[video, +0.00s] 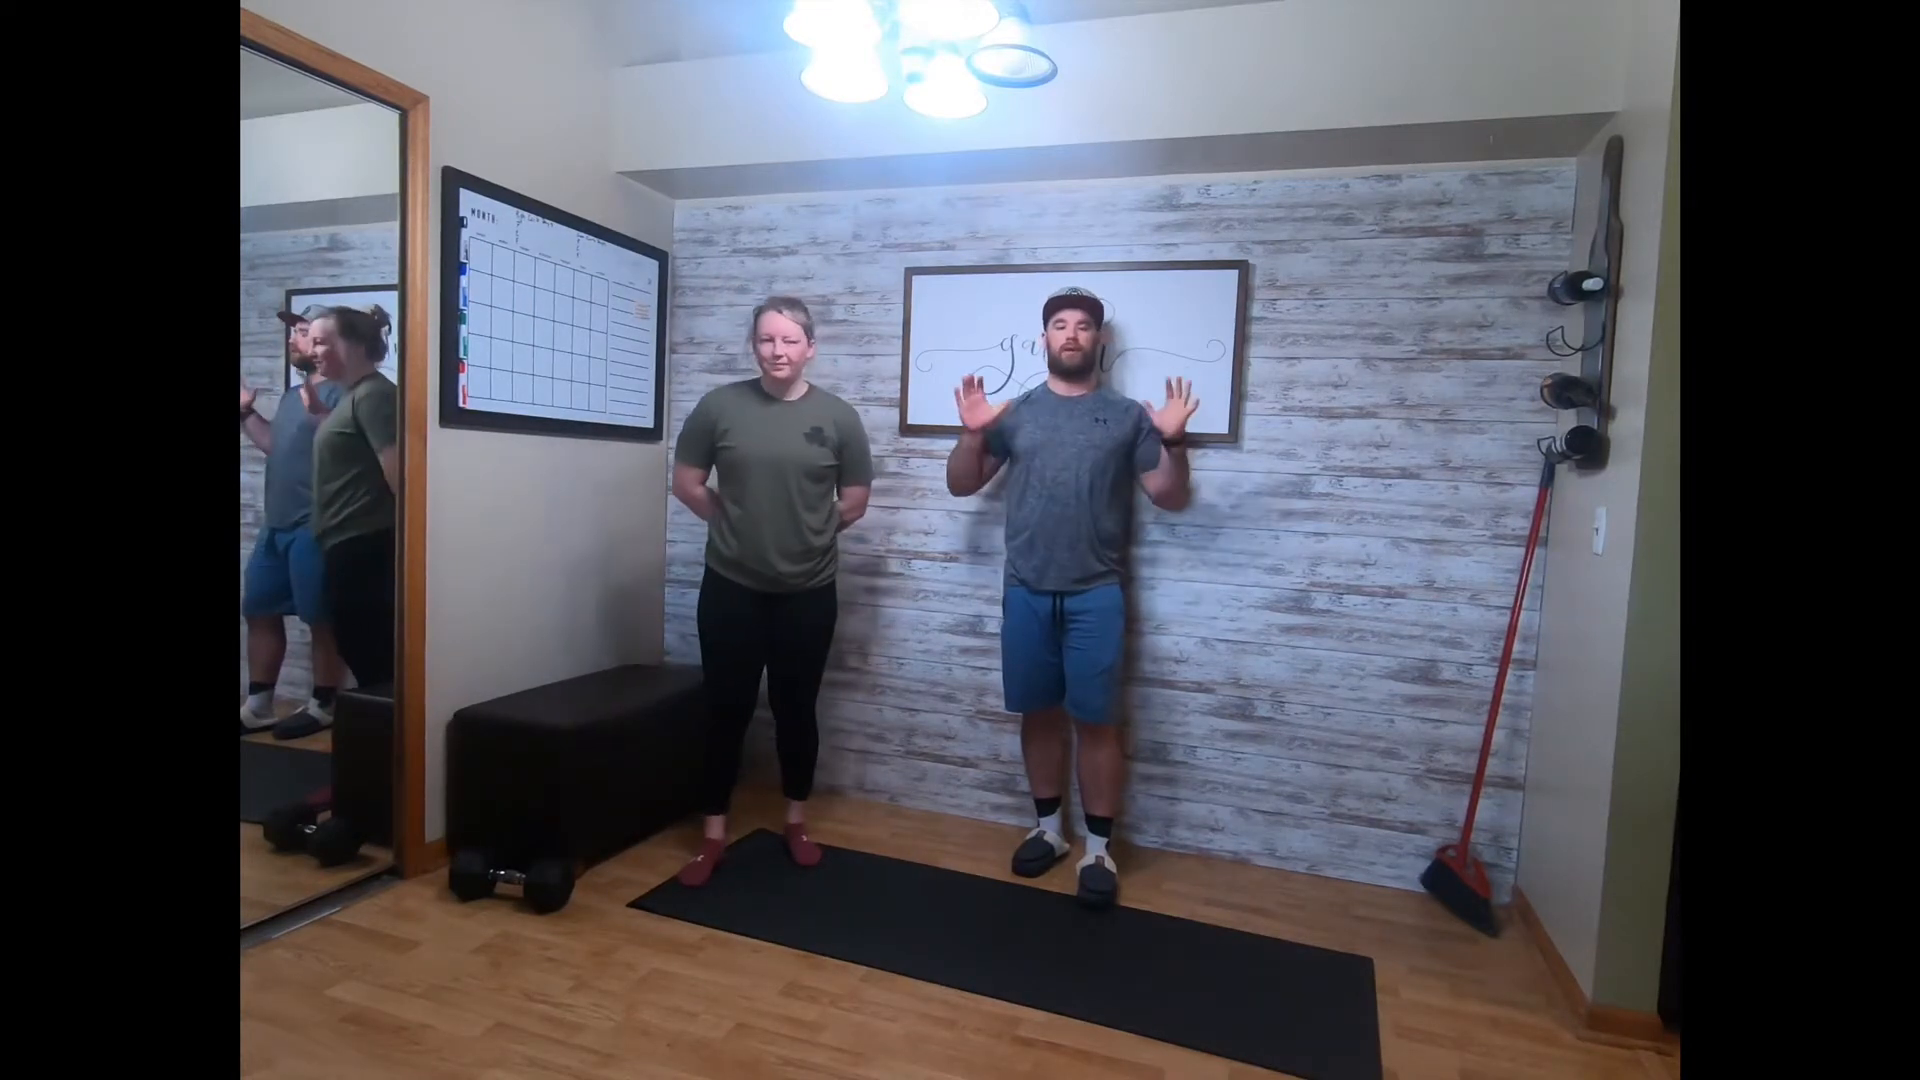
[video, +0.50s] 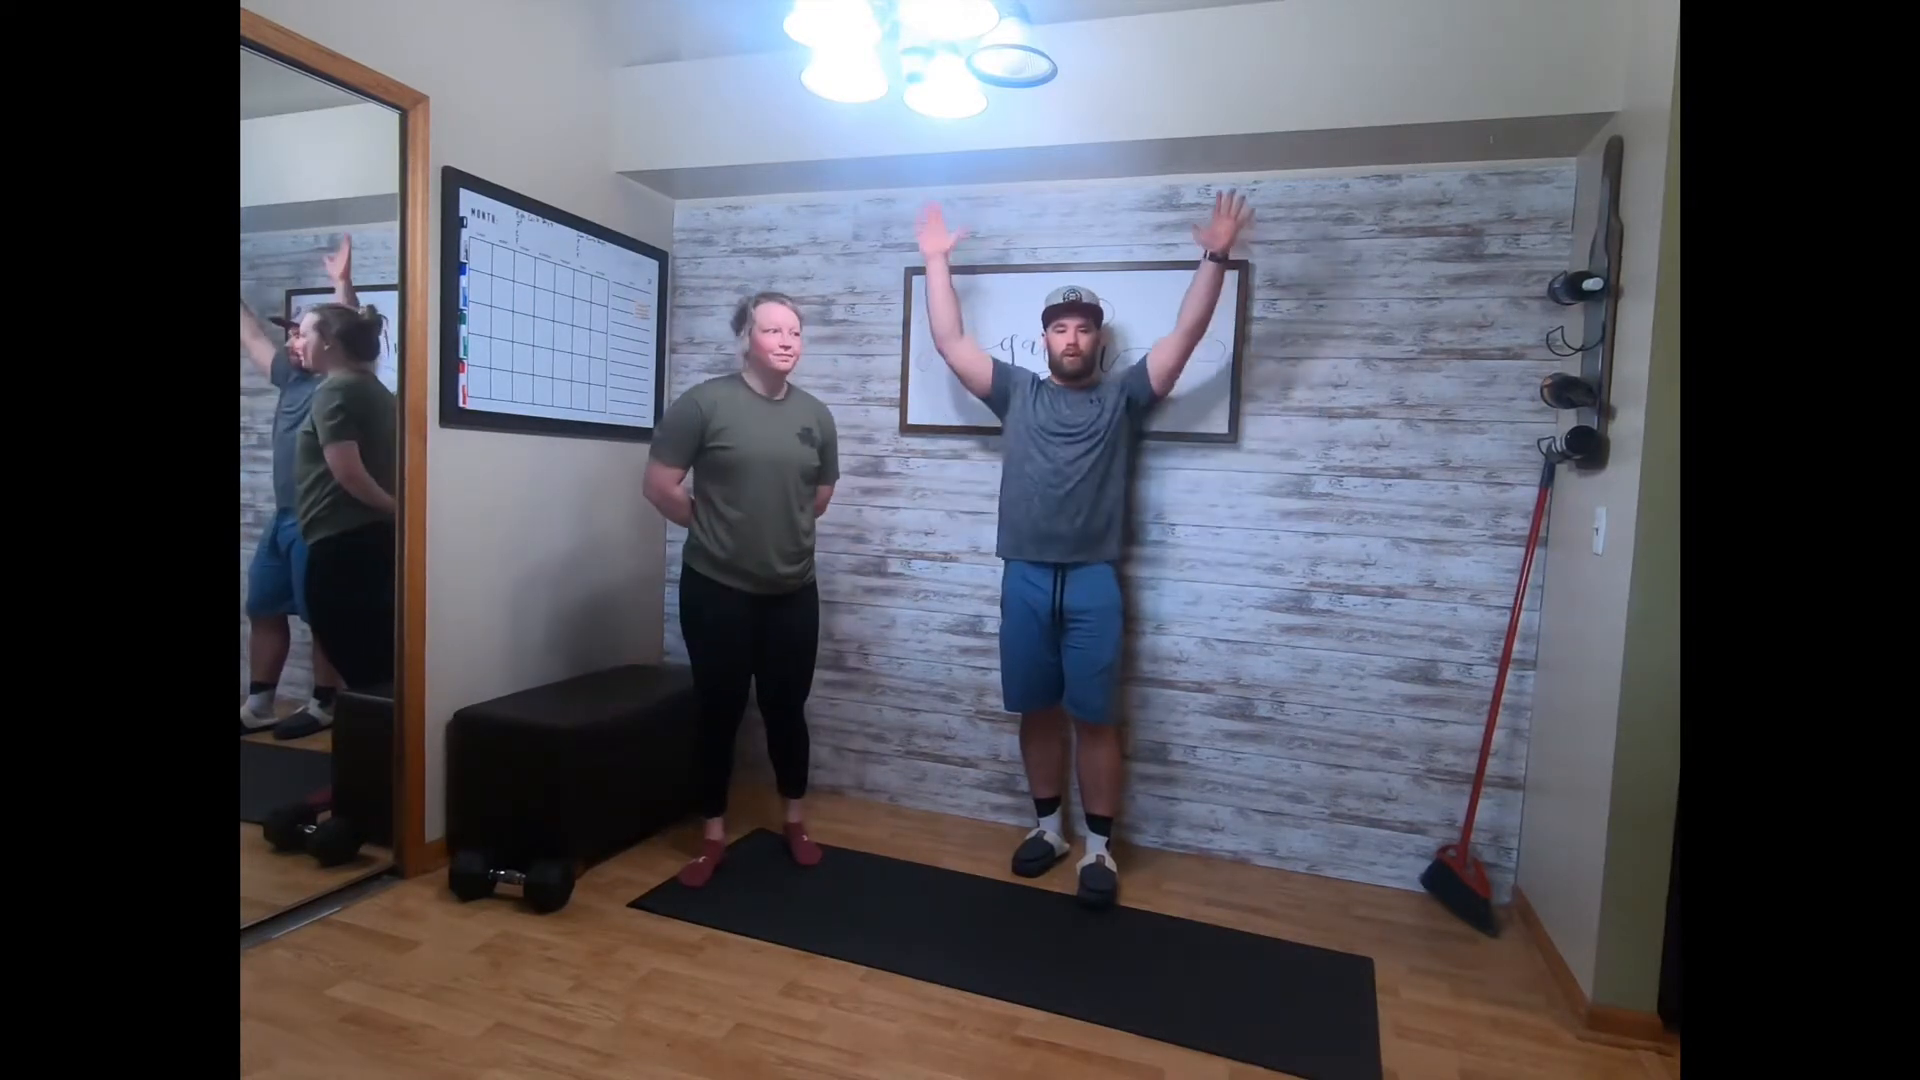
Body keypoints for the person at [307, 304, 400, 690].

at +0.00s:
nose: (317, 351)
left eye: (326, 341)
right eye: (315, 343)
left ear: (357, 344)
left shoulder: (374, 395)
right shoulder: (354, 396)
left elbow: (402, 480)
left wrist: (420, 539)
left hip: (366, 543)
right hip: (347, 543)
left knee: (369, 656)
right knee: (364, 655)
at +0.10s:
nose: (312, 349)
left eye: (321, 339)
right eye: (310, 340)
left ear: (352, 343)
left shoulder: (368, 393)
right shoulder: (353, 394)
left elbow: (395, 478)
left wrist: (429, 524)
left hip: (363, 544)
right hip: (347, 543)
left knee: (369, 658)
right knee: (366, 656)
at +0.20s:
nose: (307, 346)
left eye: (315, 337)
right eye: (307, 337)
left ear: (344, 342)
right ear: (348, 345)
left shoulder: (359, 393)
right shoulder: (357, 391)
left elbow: (381, 471)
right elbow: (383, 470)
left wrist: (422, 514)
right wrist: (424, 513)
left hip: (356, 544)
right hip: (355, 541)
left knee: (365, 660)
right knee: (368, 658)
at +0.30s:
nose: (305, 346)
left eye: (312, 337)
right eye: (305, 337)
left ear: (338, 344)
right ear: (345, 345)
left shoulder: (349, 392)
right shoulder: (366, 389)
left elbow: (369, 474)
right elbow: (378, 471)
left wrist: (414, 511)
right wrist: (415, 511)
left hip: (349, 544)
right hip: (362, 539)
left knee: (361, 658)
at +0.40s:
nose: (301, 344)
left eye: (308, 335)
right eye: (302, 335)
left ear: (332, 342)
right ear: (348, 342)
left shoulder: (339, 393)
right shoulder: (376, 391)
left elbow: (357, 472)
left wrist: (401, 507)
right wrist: (404, 507)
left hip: (342, 542)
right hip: (374, 537)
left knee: (353, 653)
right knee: (374, 649)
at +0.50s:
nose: (297, 343)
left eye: (305, 334)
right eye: (299, 334)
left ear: (328, 340)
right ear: (350, 342)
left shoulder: (333, 391)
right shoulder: (381, 393)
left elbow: (349, 473)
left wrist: (400, 508)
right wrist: (405, 508)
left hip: (340, 543)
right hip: (378, 539)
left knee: (352, 655)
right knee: (376, 650)